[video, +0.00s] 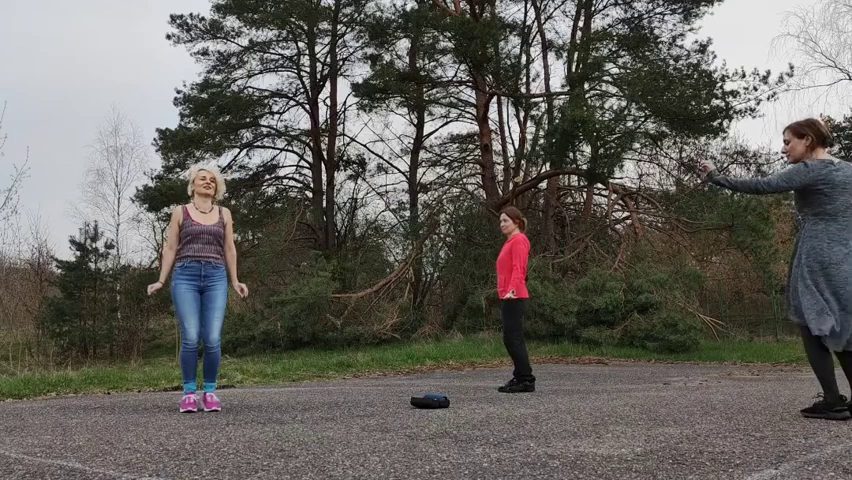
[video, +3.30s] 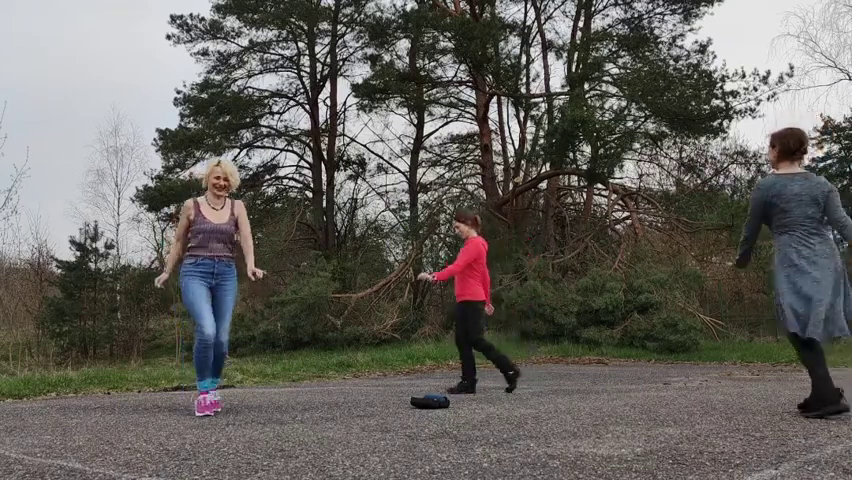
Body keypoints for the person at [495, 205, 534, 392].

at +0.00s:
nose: (502, 224)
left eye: (505, 221)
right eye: (501, 222)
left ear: (517, 222)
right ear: (502, 224)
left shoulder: (519, 240)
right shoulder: (511, 241)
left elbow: (519, 267)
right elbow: (511, 267)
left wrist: (512, 288)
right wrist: (505, 288)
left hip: (515, 297)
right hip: (508, 297)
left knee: (513, 338)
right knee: (510, 337)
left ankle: (525, 379)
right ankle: (520, 377)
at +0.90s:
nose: (510, 226)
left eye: (513, 222)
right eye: (507, 224)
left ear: (522, 222)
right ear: (505, 226)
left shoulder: (530, 242)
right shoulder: (505, 246)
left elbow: (537, 268)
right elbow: (500, 277)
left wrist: (541, 292)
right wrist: (490, 301)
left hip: (524, 295)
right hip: (506, 297)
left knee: (525, 336)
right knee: (507, 338)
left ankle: (529, 380)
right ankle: (517, 378)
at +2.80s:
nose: (490, 225)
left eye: (493, 222)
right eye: (489, 223)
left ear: (504, 223)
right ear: (491, 225)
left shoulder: (515, 243)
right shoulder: (496, 248)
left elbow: (526, 269)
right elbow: (497, 280)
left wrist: (526, 294)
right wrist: (488, 305)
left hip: (514, 299)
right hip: (500, 301)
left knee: (511, 340)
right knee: (501, 341)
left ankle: (527, 379)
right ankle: (516, 378)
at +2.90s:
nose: (487, 232)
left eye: (489, 227)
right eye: (485, 229)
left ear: (500, 225)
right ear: (489, 229)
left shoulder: (511, 245)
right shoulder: (495, 246)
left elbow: (516, 271)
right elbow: (498, 272)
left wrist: (509, 292)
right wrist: (492, 292)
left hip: (511, 300)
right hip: (496, 301)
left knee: (511, 340)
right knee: (487, 338)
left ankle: (527, 380)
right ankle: (506, 377)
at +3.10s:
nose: (473, 230)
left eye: (475, 225)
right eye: (472, 227)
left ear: (486, 222)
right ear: (480, 225)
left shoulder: (495, 240)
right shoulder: (488, 242)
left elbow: (480, 263)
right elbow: (501, 272)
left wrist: (456, 266)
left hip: (497, 298)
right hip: (485, 298)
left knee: (507, 336)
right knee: (472, 334)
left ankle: (525, 377)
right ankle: (467, 378)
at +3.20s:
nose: (465, 230)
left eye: (467, 226)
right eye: (464, 227)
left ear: (478, 223)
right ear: (475, 225)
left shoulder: (485, 241)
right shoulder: (482, 241)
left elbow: (468, 260)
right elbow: (495, 269)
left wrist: (442, 266)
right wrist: (502, 294)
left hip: (487, 298)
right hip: (475, 299)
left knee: (497, 336)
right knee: (466, 336)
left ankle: (521, 375)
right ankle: (467, 380)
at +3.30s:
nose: (456, 230)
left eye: (458, 226)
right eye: (455, 227)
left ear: (469, 224)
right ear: (468, 226)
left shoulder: (475, 244)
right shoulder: (475, 244)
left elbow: (457, 267)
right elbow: (484, 275)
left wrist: (434, 276)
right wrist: (487, 300)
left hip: (472, 300)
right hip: (466, 300)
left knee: (474, 340)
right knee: (463, 341)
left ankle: (509, 369)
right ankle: (468, 382)